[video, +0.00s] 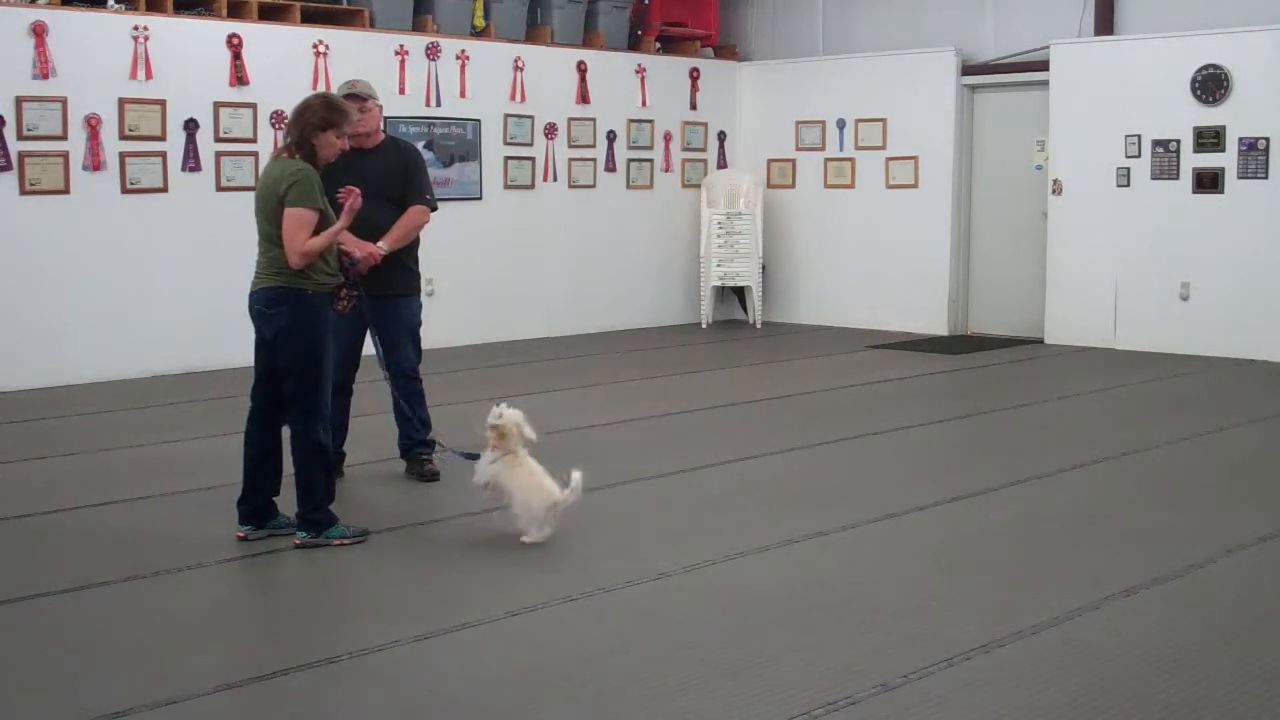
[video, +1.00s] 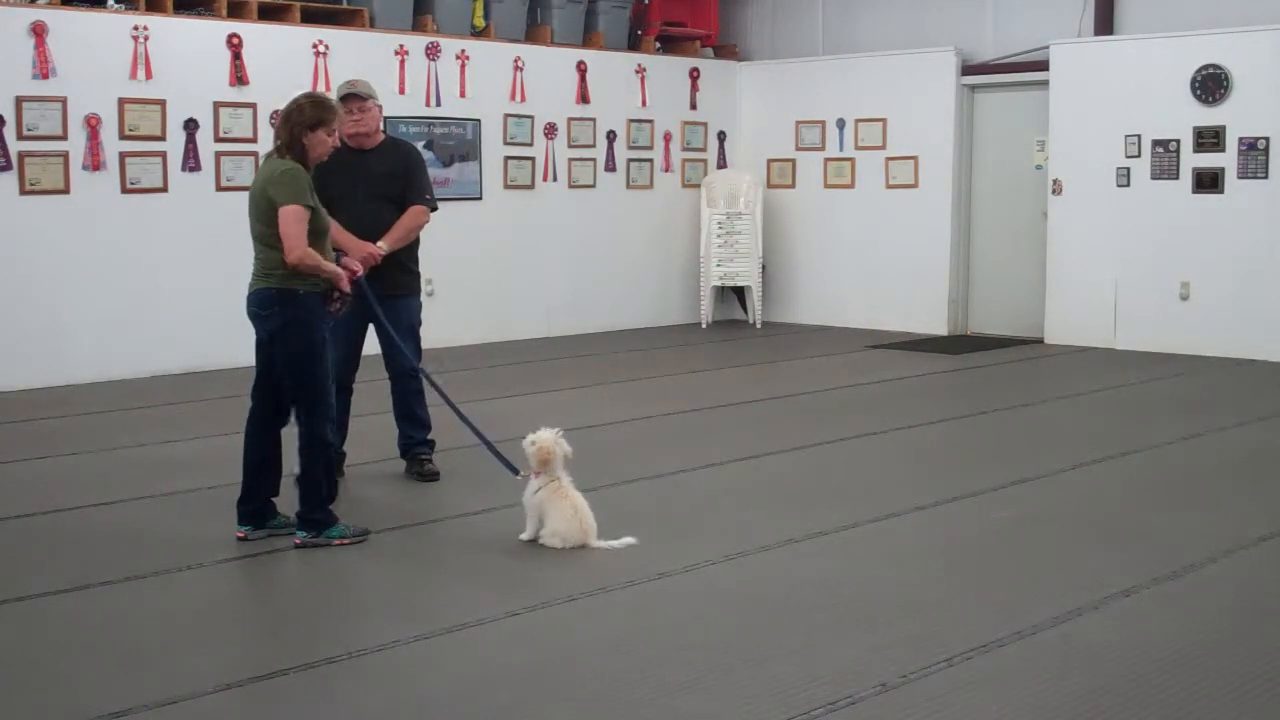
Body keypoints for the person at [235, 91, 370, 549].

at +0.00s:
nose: (344, 147)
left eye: (346, 139)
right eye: (340, 138)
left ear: (312, 133)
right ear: (316, 132)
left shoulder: (277, 170)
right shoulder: (302, 176)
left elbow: (293, 238)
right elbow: (297, 253)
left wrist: (339, 219)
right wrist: (341, 224)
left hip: (272, 299)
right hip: (299, 302)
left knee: (266, 409)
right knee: (311, 412)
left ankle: (256, 514)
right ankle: (316, 519)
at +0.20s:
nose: (341, 144)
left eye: (343, 137)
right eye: (337, 135)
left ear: (309, 132)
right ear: (312, 131)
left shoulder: (277, 171)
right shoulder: (299, 177)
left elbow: (296, 239)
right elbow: (292, 253)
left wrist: (335, 214)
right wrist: (336, 227)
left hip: (273, 299)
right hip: (298, 302)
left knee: (266, 409)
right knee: (311, 412)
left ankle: (256, 515)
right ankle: (316, 519)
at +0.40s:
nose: (337, 143)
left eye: (339, 135)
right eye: (333, 134)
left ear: (304, 132)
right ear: (308, 130)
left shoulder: (276, 171)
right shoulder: (296, 176)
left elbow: (295, 238)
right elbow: (288, 252)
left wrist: (338, 243)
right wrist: (334, 223)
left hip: (274, 299)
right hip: (297, 302)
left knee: (267, 408)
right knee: (310, 412)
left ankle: (256, 515)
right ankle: (315, 519)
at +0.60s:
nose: (335, 144)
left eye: (338, 136)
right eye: (332, 134)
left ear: (302, 131)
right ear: (308, 131)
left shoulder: (274, 171)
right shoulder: (294, 176)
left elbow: (293, 240)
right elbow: (286, 251)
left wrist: (336, 253)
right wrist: (332, 221)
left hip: (274, 299)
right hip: (295, 302)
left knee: (267, 408)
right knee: (310, 410)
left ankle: (256, 515)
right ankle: (315, 519)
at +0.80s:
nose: (335, 141)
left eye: (336, 133)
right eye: (330, 133)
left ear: (299, 133)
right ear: (306, 132)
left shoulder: (276, 170)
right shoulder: (292, 176)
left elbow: (318, 226)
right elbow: (283, 250)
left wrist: (353, 247)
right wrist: (337, 245)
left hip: (273, 299)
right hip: (293, 302)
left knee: (266, 408)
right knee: (308, 411)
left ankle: (255, 514)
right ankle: (315, 520)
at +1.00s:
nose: (334, 144)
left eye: (335, 135)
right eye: (331, 134)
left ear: (301, 132)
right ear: (308, 132)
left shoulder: (279, 171)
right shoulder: (290, 176)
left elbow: (310, 234)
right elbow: (296, 253)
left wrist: (339, 258)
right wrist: (334, 271)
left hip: (276, 299)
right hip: (293, 302)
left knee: (268, 410)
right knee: (318, 412)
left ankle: (255, 514)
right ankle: (316, 519)